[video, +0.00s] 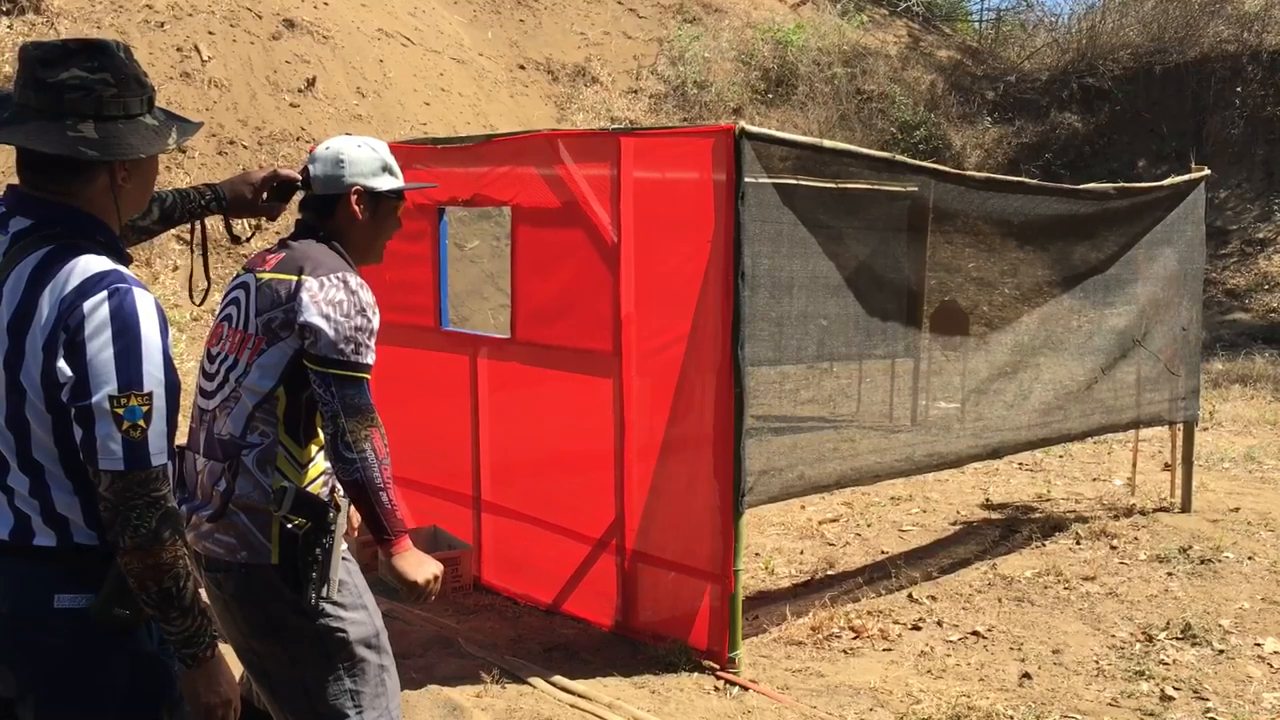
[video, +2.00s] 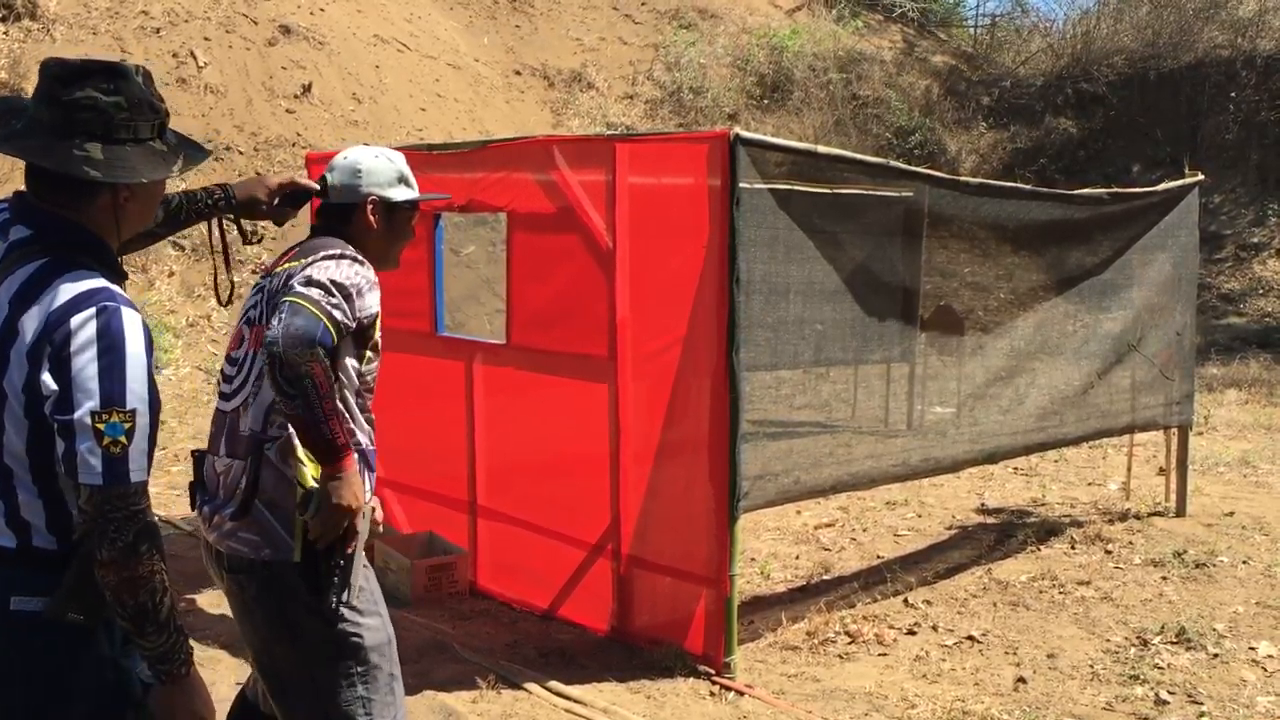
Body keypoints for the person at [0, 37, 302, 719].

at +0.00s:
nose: (162, 168)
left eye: (162, 152)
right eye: (156, 153)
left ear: (32, 155)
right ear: (118, 171)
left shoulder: (11, 235)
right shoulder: (111, 303)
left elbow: (110, 220)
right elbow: (140, 517)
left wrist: (224, 196)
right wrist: (201, 650)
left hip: (12, 573)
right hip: (89, 604)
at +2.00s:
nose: (166, 191)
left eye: (167, 176)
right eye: (159, 178)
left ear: (43, 168)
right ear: (119, 192)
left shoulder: (9, 230)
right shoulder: (98, 318)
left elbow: (115, 225)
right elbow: (117, 531)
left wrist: (235, 197)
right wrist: (177, 673)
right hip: (58, 617)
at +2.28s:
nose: (106, 197)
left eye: (103, 182)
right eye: (95, 183)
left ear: (39, 198)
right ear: (52, 200)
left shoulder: (17, 274)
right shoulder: (42, 316)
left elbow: (95, 230)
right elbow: (66, 515)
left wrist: (210, 189)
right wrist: (134, 646)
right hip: (41, 627)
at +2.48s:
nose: (39, 192)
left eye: (35, 177)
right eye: (30, 177)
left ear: (8, 191)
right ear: (2, 191)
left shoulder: (9, 257)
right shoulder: (12, 315)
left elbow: (94, 242)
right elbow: (18, 482)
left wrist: (211, 218)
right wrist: (70, 614)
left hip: (19, 576)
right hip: (18, 588)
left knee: (59, 685)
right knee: (63, 693)